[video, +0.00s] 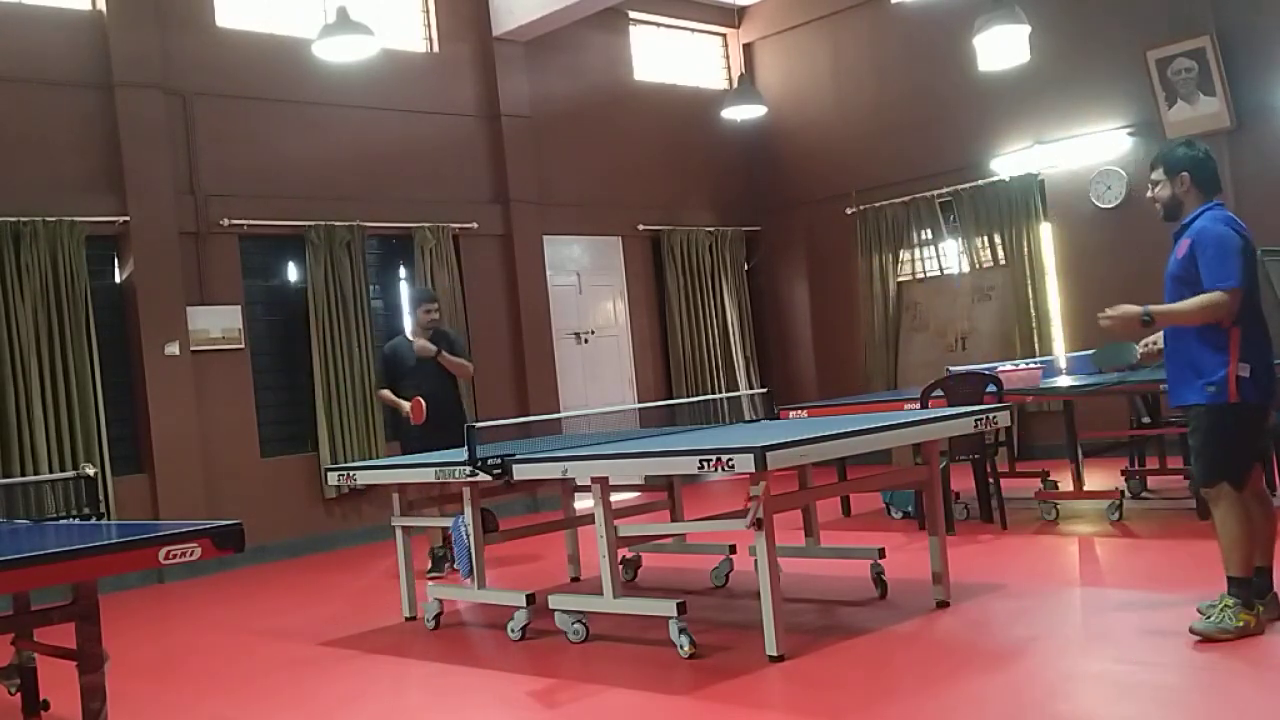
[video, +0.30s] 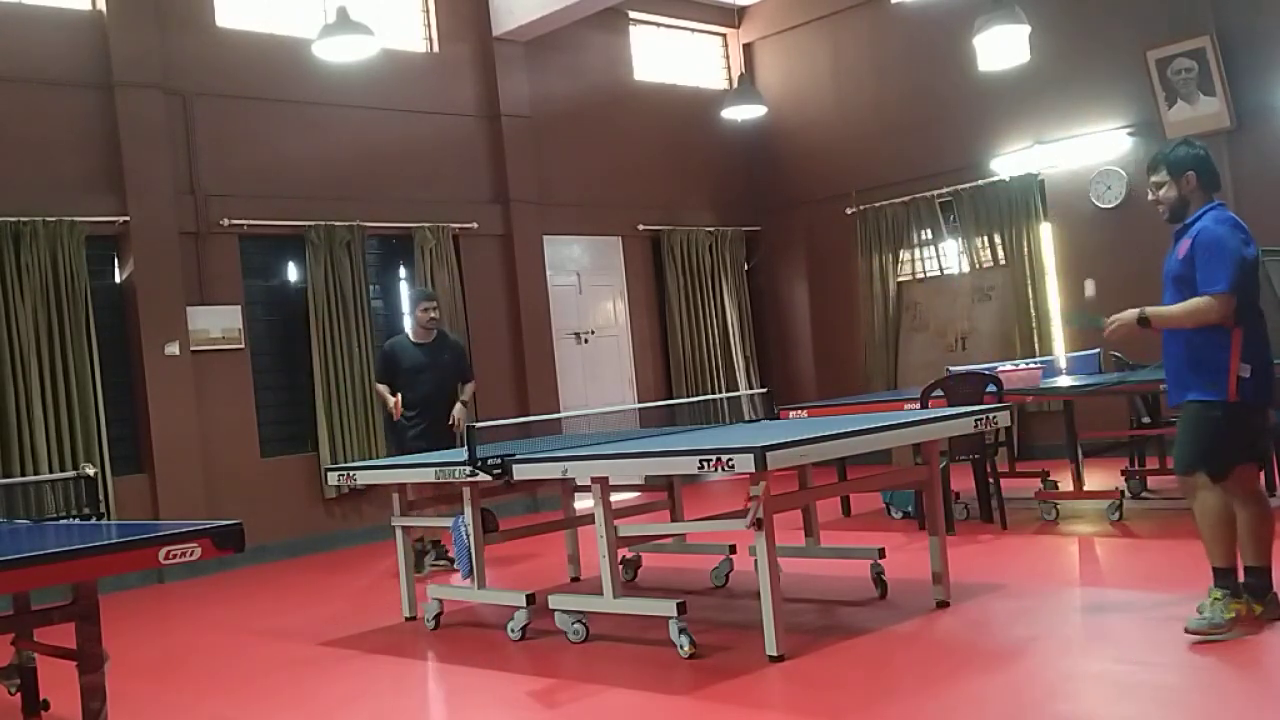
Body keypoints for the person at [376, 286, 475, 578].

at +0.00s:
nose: (434, 316)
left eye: (436, 311)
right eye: (427, 312)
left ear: (440, 312)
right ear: (413, 314)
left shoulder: (448, 339)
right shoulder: (393, 350)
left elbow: (467, 371)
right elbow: (381, 389)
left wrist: (435, 352)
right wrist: (400, 404)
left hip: (452, 426)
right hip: (417, 431)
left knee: (457, 490)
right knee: (427, 493)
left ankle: (460, 546)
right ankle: (437, 549)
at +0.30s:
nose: (433, 315)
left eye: (436, 309)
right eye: (426, 310)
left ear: (440, 312)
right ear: (412, 314)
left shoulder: (452, 346)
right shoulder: (393, 348)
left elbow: (468, 381)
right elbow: (380, 383)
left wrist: (462, 404)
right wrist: (390, 398)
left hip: (443, 433)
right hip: (407, 435)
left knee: (441, 493)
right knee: (413, 494)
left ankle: (436, 546)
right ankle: (418, 548)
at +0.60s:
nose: (415, 315)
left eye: (418, 310)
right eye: (408, 311)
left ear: (422, 312)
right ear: (393, 316)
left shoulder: (435, 344)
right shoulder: (380, 354)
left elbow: (451, 380)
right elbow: (363, 393)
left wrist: (454, 406)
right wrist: (380, 399)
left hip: (437, 435)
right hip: (400, 439)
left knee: (442, 493)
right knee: (394, 500)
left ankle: (438, 547)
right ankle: (389, 562)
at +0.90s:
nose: (414, 312)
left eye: (415, 307)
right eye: (407, 309)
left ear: (419, 311)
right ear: (392, 316)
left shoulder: (436, 341)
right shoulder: (381, 356)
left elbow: (451, 375)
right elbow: (367, 398)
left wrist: (457, 405)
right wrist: (390, 402)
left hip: (443, 436)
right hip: (403, 443)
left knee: (472, 488)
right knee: (397, 501)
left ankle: (496, 544)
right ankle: (389, 563)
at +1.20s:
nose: (441, 313)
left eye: (444, 308)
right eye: (434, 310)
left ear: (451, 311)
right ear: (423, 315)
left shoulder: (470, 342)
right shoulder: (411, 354)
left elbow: (495, 370)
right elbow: (403, 393)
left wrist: (494, 401)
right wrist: (420, 406)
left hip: (473, 434)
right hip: (430, 440)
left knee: (495, 489)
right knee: (408, 499)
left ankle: (506, 548)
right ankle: (394, 561)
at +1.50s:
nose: (446, 312)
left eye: (449, 307)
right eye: (439, 308)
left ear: (454, 311)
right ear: (425, 315)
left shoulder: (471, 345)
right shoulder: (410, 353)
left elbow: (491, 380)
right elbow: (399, 395)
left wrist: (482, 404)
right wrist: (420, 403)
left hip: (470, 437)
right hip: (429, 442)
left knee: (495, 489)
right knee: (410, 501)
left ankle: (507, 548)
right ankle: (395, 561)